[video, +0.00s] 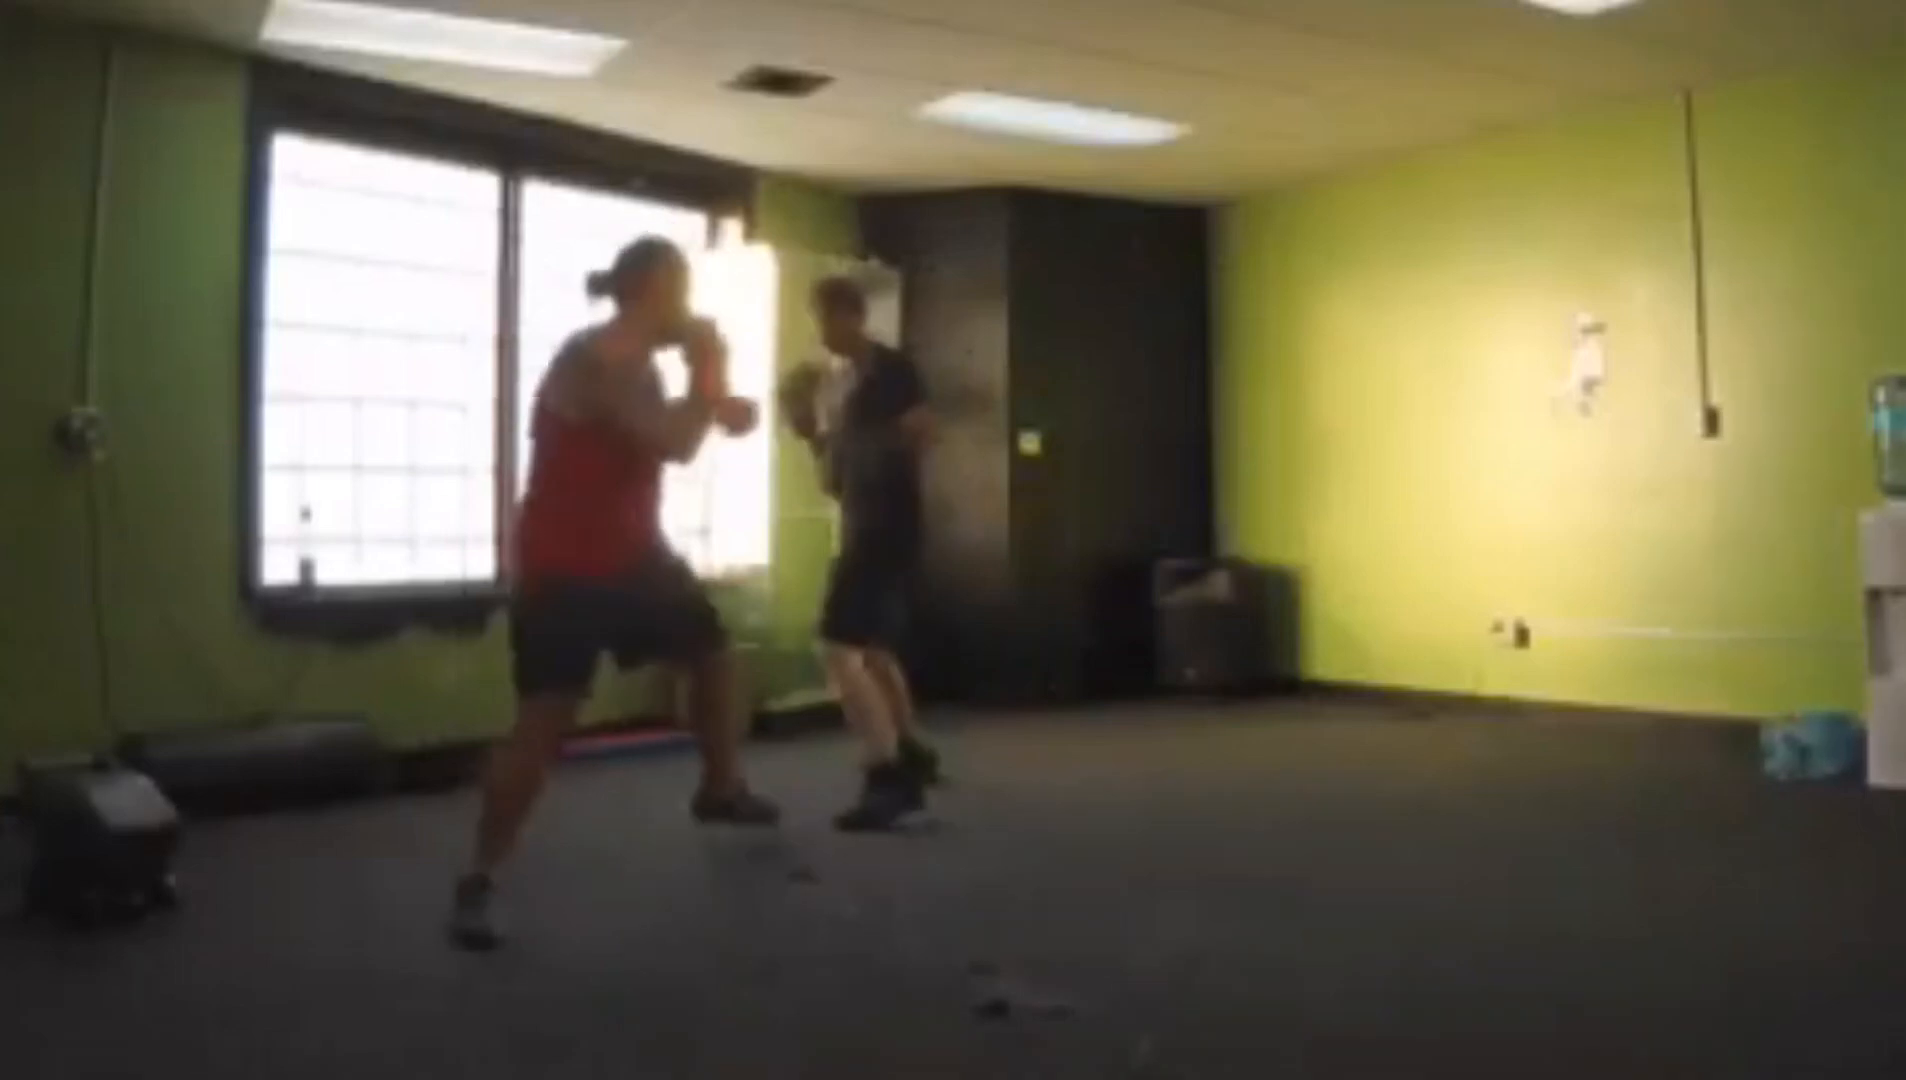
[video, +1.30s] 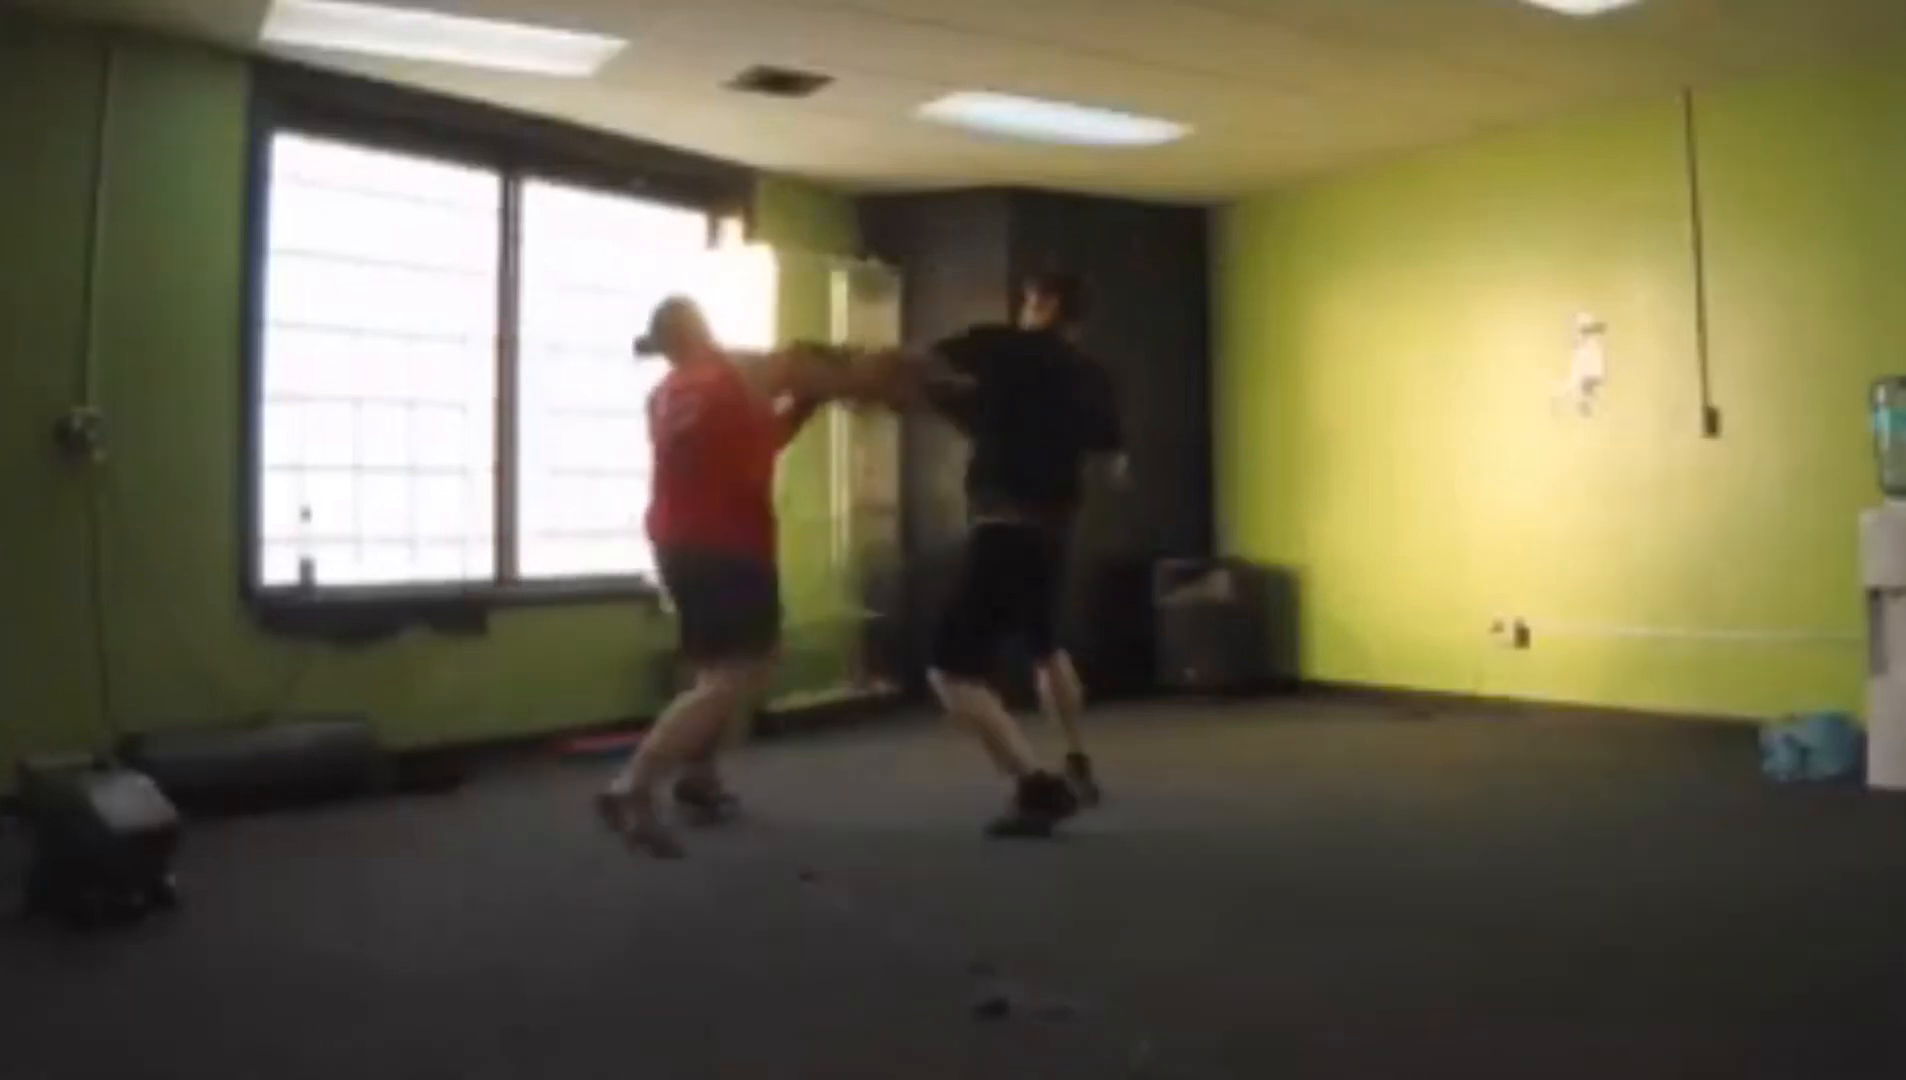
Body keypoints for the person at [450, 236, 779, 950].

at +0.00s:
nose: (685, 305)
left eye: (684, 290)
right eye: (678, 289)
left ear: (634, 289)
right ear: (646, 289)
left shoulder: (615, 361)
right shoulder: (605, 361)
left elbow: (642, 435)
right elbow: (673, 441)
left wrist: (709, 412)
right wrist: (705, 371)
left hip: (626, 559)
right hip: (578, 565)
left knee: (711, 654)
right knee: (543, 724)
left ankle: (722, 786)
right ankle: (479, 880)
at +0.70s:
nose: (699, 328)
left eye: (697, 315)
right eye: (689, 314)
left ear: (667, 321)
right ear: (657, 320)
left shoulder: (660, 385)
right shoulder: (622, 382)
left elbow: (694, 446)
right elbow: (674, 452)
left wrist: (727, 381)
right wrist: (728, 381)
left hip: (631, 572)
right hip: (585, 574)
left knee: (684, 655)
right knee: (601, 714)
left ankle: (678, 781)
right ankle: (518, 868)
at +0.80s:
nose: (711, 342)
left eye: (710, 329)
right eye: (697, 329)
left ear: (702, 337)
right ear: (666, 336)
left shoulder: (702, 404)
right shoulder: (633, 387)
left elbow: (781, 416)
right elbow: (658, 473)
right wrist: (728, 433)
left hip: (634, 575)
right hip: (581, 572)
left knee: (671, 672)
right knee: (594, 715)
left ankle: (679, 788)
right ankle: (517, 868)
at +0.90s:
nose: (727, 356)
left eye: (728, 343)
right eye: (715, 343)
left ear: (725, 352)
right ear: (682, 349)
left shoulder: (732, 425)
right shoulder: (639, 402)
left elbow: (794, 476)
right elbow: (630, 473)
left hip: (652, 580)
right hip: (597, 574)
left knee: (687, 663)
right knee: (592, 707)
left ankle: (683, 786)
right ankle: (521, 862)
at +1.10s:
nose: (752, 369)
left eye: (747, 360)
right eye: (744, 360)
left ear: (691, 364)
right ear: (725, 361)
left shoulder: (669, 408)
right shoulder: (742, 392)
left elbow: (676, 497)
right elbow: (833, 385)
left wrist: (750, 522)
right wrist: (906, 379)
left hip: (648, 554)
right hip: (675, 560)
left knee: (722, 664)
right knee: (618, 693)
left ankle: (691, 786)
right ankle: (514, 823)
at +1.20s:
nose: (725, 345)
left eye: (713, 339)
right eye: (718, 336)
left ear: (677, 353)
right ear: (714, 340)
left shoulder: (662, 402)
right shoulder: (743, 389)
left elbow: (734, 458)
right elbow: (831, 364)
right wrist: (904, 355)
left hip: (653, 542)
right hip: (708, 548)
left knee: (719, 664)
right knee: (677, 677)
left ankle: (695, 780)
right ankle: (548, 789)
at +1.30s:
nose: (703, 332)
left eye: (685, 332)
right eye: (698, 324)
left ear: (665, 343)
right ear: (700, 328)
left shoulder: (666, 395)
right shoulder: (734, 376)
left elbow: (755, 445)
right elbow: (808, 366)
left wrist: (805, 404)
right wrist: (883, 370)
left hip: (679, 542)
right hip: (730, 542)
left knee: (715, 669)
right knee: (738, 671)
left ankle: (698, 780)